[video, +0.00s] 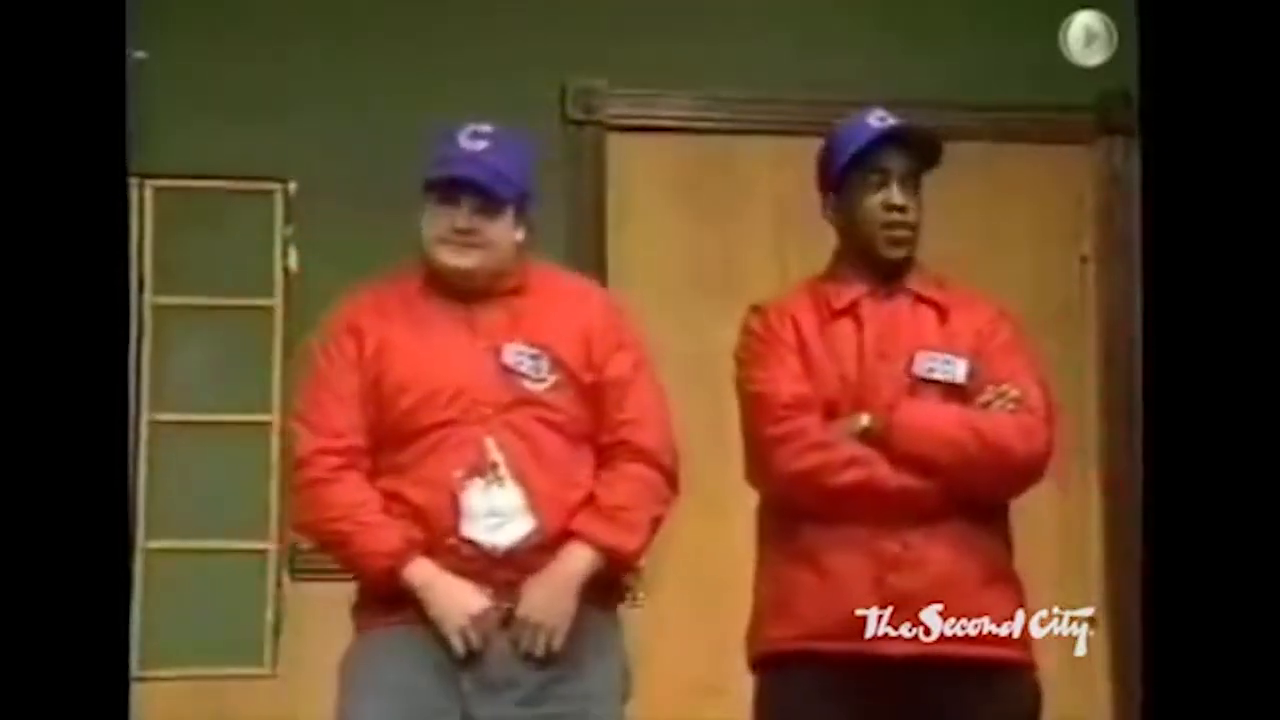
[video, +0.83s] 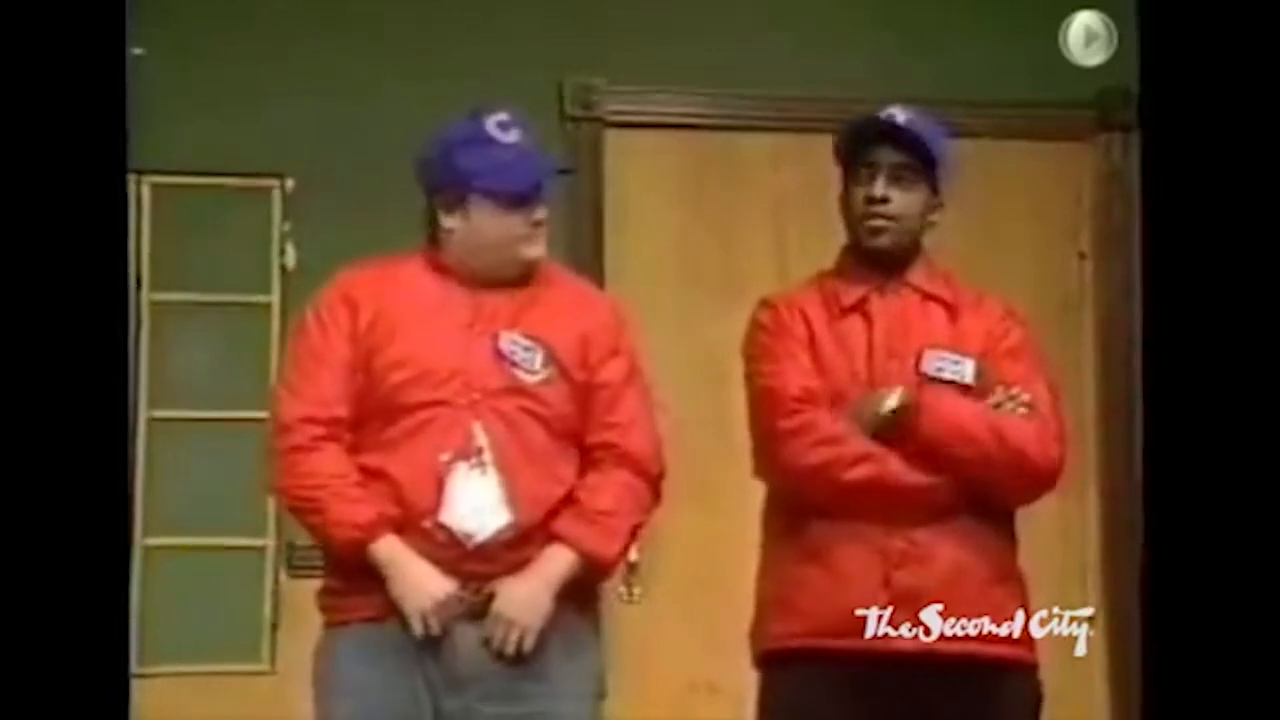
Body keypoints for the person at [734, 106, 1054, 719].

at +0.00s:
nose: (899, 201)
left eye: (910, 183)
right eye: (876, 184)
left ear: (923, 198)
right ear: (833, 204)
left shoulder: (979, 319)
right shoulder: (779, 324)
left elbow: (1023, 446)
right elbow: (788, 464)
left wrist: (878, 427)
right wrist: (962, 466)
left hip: (971, 649)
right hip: (819, 651)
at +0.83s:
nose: (877, 194)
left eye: (901, 179)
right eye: (863, 177)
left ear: (933, 204)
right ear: (842, 197)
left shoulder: (990, 321)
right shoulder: (788, 317)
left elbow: (1035, 458)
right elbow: (796, 457)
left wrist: (905, 411)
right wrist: (968, 470)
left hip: (974, 648)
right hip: (823, 646)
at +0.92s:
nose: (872, 188)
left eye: (896, 172)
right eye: (859, 171)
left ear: (932, 196)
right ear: (840, 191)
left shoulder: (993, 317)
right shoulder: (787, 318)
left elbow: (1023, 462)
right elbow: (785, 459)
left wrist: (965, 364)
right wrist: (948, 463)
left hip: (972, 647)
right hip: (823, 648)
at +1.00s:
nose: (863, 186)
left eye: (888, 170)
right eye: (853, 170)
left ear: (932, 193)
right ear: (838, 187)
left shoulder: (986, 305)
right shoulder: (787, 316)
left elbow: (1014, 444)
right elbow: (780, 459)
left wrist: (952, 323)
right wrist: (940, 456)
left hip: (973, 644)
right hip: (822, 648)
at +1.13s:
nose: (848, 194)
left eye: (872, 177)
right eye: (844, 178)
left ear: (930, 199)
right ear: (835, 190)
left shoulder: (999, 309)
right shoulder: (797, 313)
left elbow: (1001, 438)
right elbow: (783, 462)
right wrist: (948, 449)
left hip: (975, 649)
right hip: (824, 651)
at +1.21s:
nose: (845, 198)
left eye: (868, 181)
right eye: (841, 183)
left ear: (929, 200)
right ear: (832, 192)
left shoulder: (1000, 309)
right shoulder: (798, 314)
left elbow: (997, 440)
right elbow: (782, 464)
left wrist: (864, 352)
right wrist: (946, 453)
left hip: (972, 650)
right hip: (821, 650)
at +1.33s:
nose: (848, 198)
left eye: (870, 182)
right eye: (844, 183)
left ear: (930, 201)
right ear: (835, 193)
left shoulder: (1002, 310)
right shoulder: (802, 313)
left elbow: (997, 440)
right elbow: (783, 462)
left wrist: (863, 351)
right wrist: (948, 453)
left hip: (973, 649)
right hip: (822, 650)